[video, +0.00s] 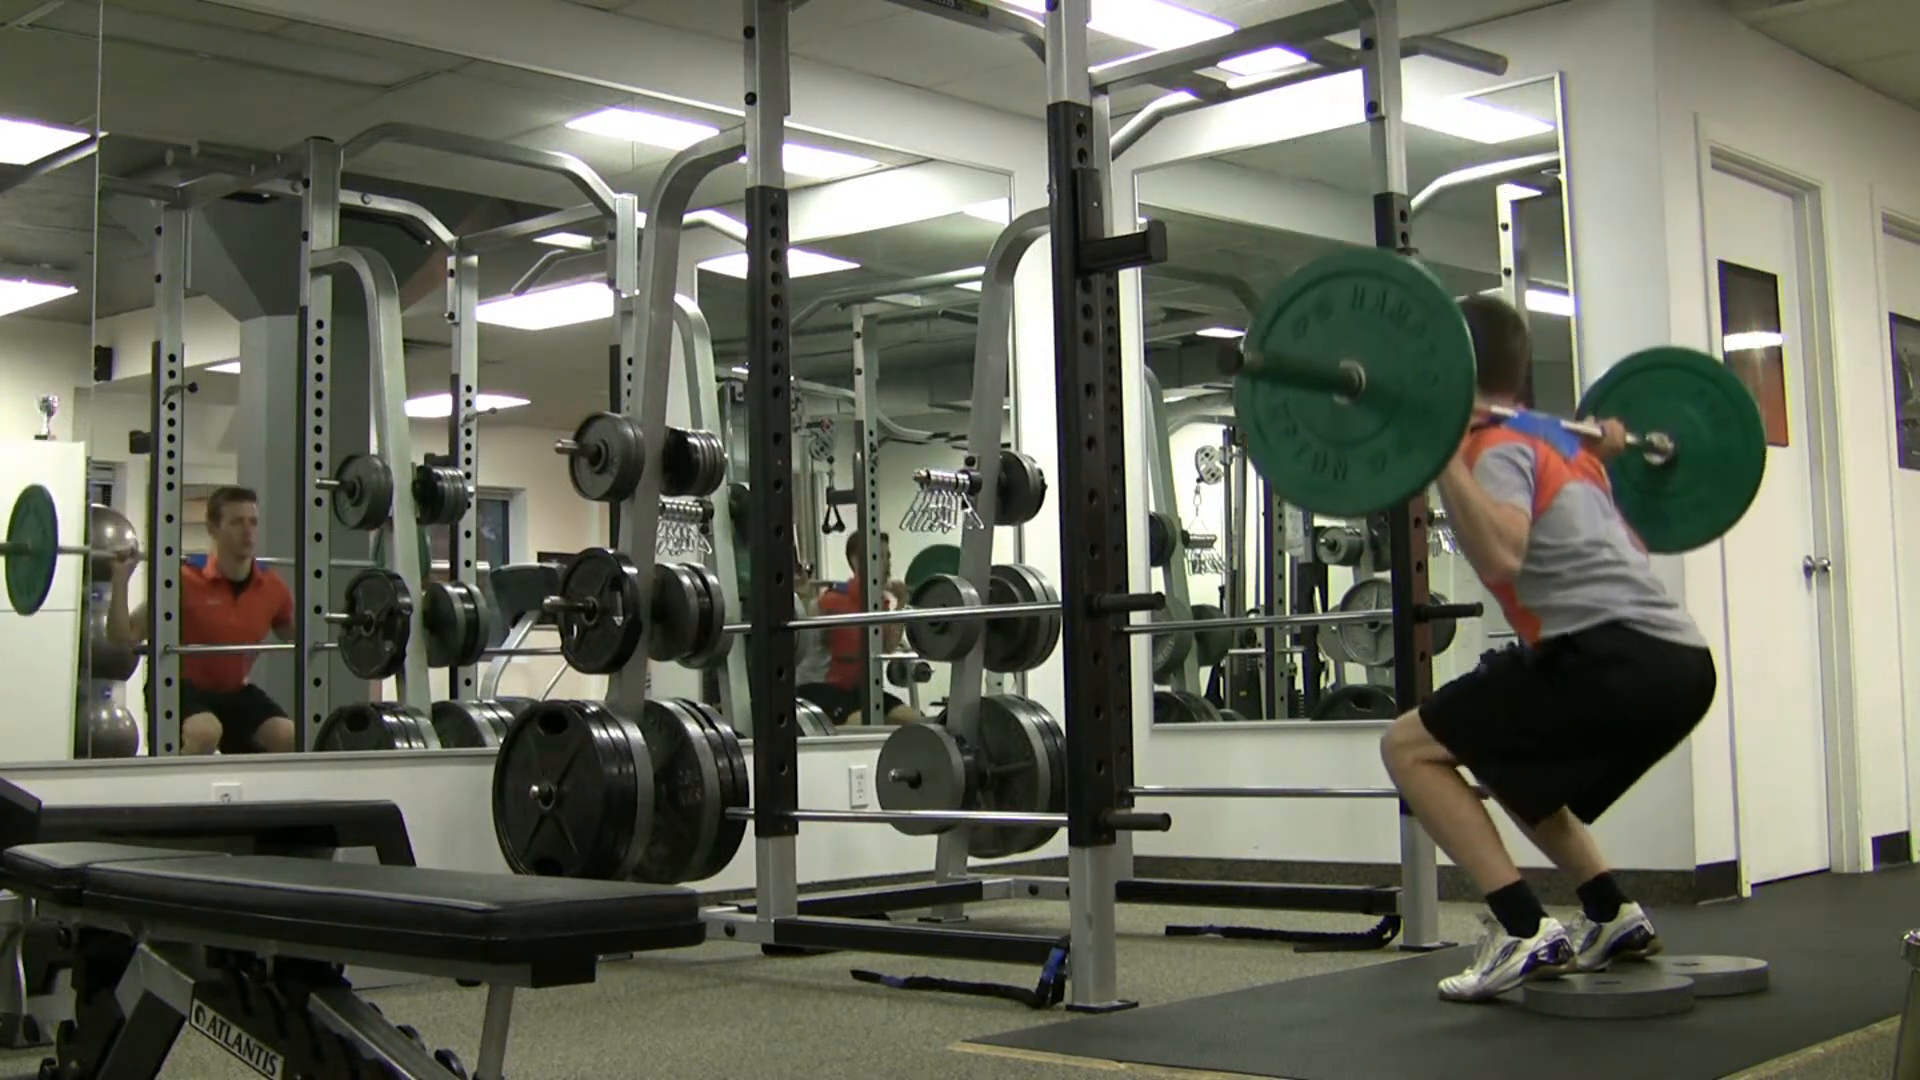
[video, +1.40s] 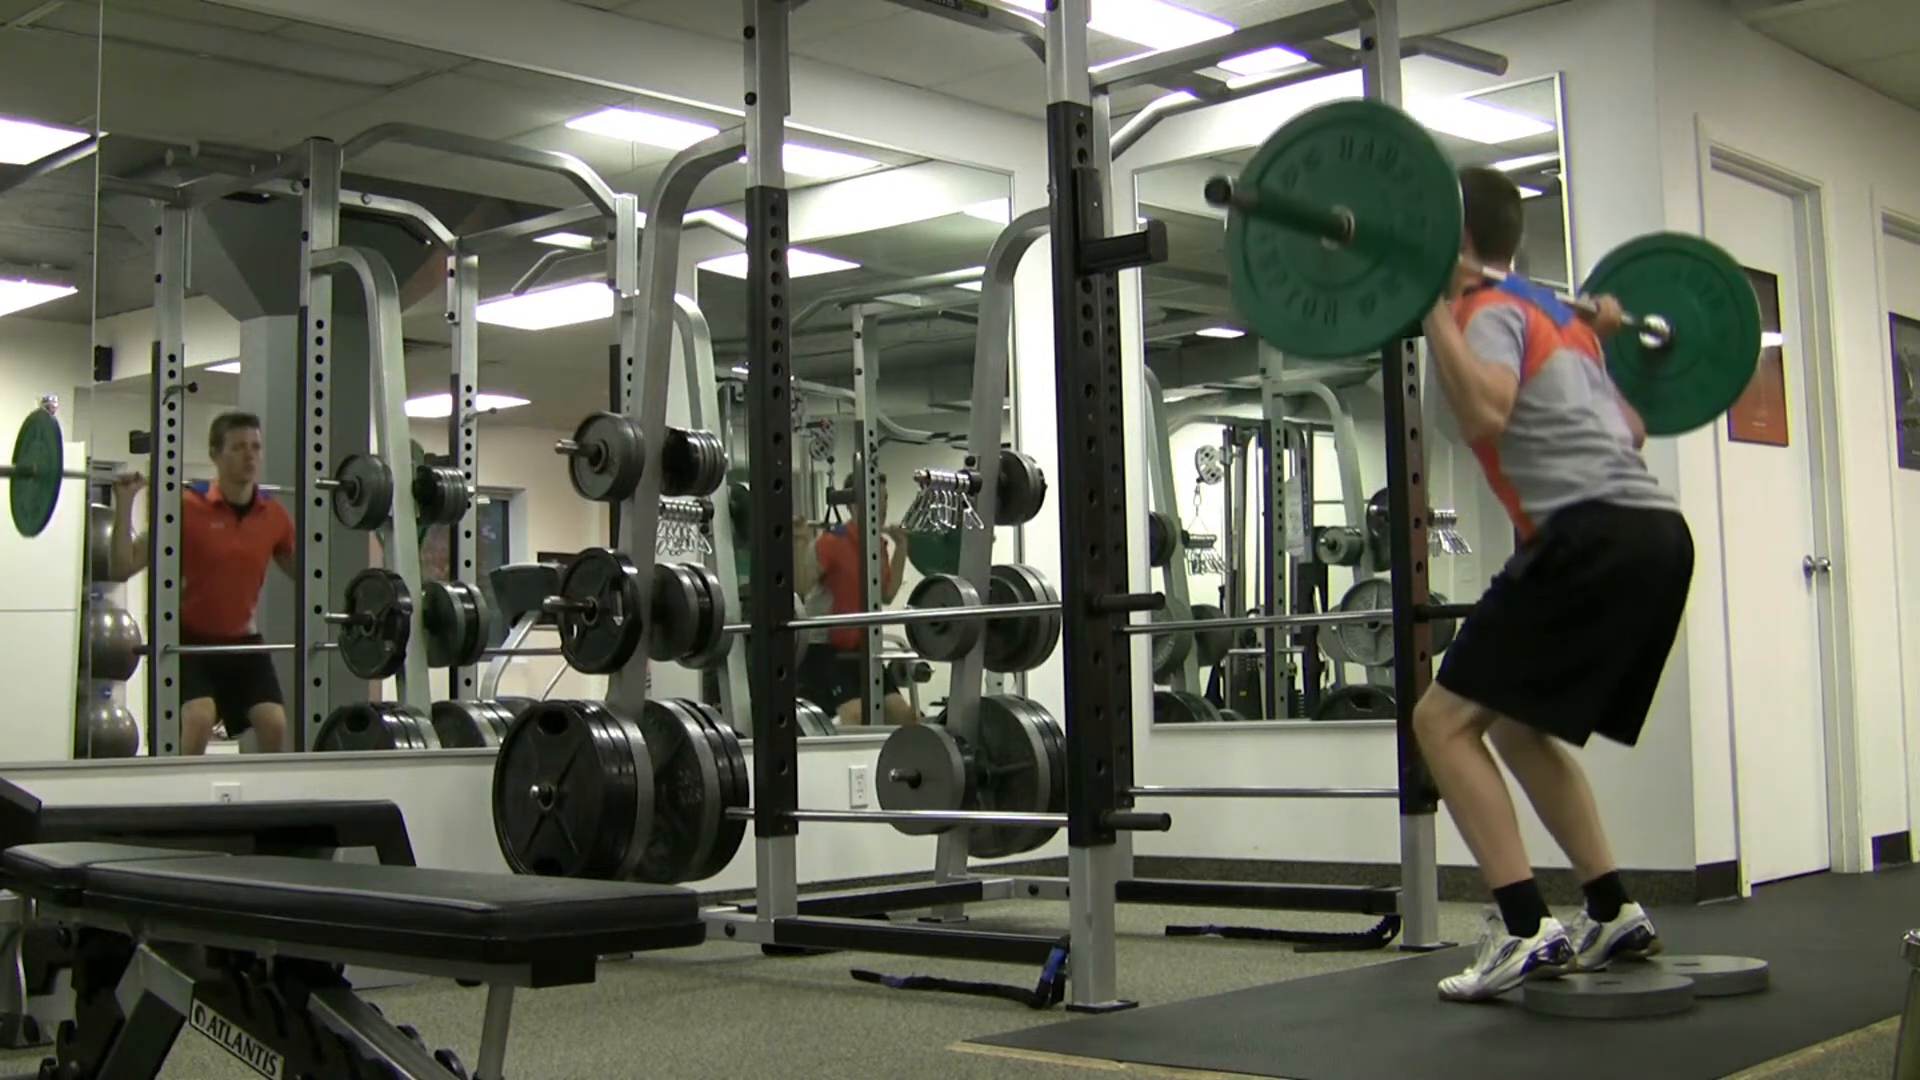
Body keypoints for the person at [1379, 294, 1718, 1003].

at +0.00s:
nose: (1435, 375)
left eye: (1439, 362)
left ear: (1450, 370)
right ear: (1523, 373)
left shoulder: (1498, 442)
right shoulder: (1566, 440)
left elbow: (1501, 559)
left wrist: (1441, 452)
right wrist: (1599, 453)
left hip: (1604, 658)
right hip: (1682, 666)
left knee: (1408, 747)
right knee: (1511, 771)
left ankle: (1524, 929)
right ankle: (1613, 913)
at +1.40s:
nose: (1435, 251)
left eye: (1436, 236)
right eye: (1439, 234)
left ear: (1453, 239)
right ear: (1515, 242)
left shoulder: (1490, 308)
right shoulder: (1563, 317)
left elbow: (1485, 416)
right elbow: (1628, 427)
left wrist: (1434, 310)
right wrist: (1601, 333)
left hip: (1588, 537)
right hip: (1655, 536)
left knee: (1440, 721)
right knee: (1516, 724)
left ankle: (1523, 929)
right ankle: (1614, 913)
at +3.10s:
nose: (1431, 206)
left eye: (1435, 187)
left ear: (1453, 191)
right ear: (1511, 196)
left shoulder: (1488, 264)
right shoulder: (1561, 274)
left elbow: (1479, 372)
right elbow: (1619, 396)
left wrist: (1431, 269)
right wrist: (1597, 292)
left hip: (1558, 510)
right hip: (1628, 515)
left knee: (1440, 714)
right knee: (1523, 716)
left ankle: (1524, 930)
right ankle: (1614, 911)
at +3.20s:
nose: (1432, 231)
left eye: (1435, 212)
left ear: (1450, 214)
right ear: (1513, 216)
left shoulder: (1488, 285)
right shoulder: (1562, 295)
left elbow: (1481, 394)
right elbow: (1621, 411)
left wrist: (1431, 289)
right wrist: (1595, 312)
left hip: (1568, 526)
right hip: (1639, 532)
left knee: (1432, 720)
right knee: (1518, 723)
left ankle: (1524, 930)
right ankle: (1614, 911)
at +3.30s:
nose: (1429, 248)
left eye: (1433, 231)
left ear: (1448, 235)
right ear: (1513, 237)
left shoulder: (1489, 306)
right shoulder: (1561, 315)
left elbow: (1482, 419)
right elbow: (1623, 431)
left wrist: (1432, 312)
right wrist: (1596, 333)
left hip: (1574, 543)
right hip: (1645, 549)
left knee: (1428, 727)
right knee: (1516, 731)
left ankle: (1524, 929)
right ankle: (1614, 912)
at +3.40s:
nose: (1431, 273)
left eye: (1436, 257)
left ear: (1448, 261)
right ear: (1514, 263)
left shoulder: (1488, 331)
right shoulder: (1560, 341)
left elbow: (1485, 441)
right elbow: (1625, 449)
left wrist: (1433, 335)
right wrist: (1594, 352)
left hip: (1581, 560)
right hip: (1651, 566)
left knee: (1423, 731)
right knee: (1514, 737)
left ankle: (1524, 928)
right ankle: (1613, 912)